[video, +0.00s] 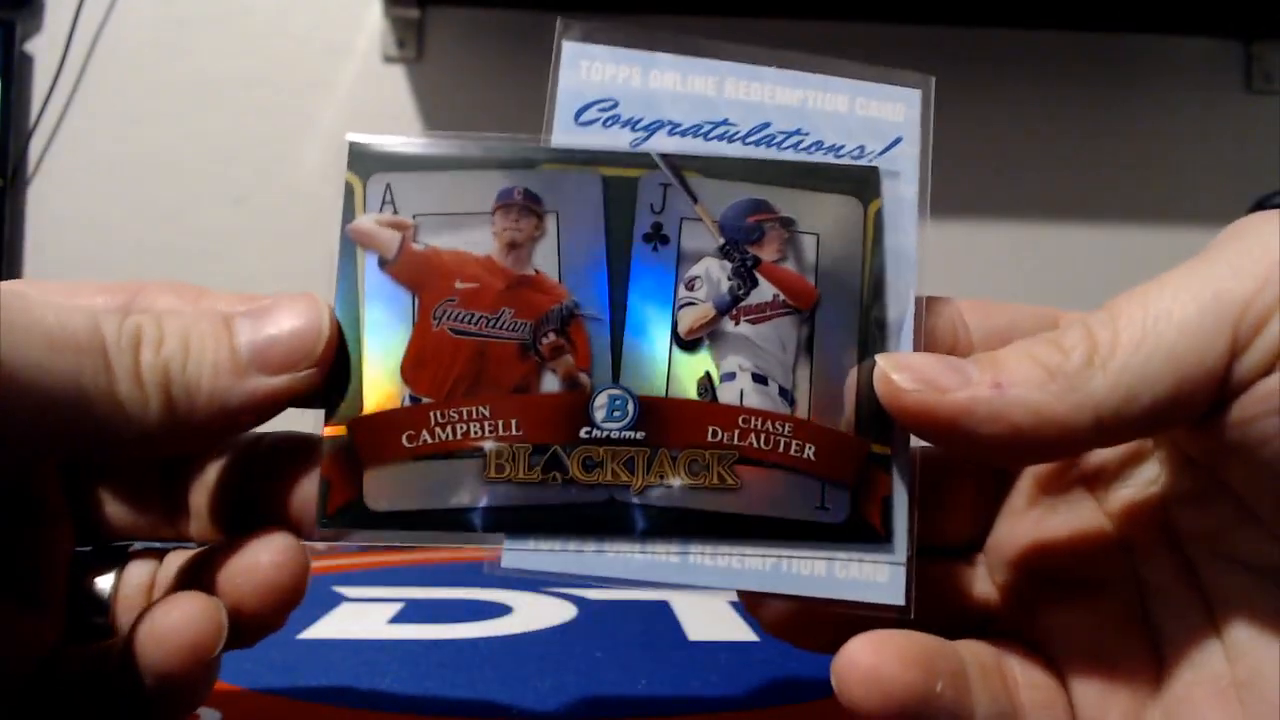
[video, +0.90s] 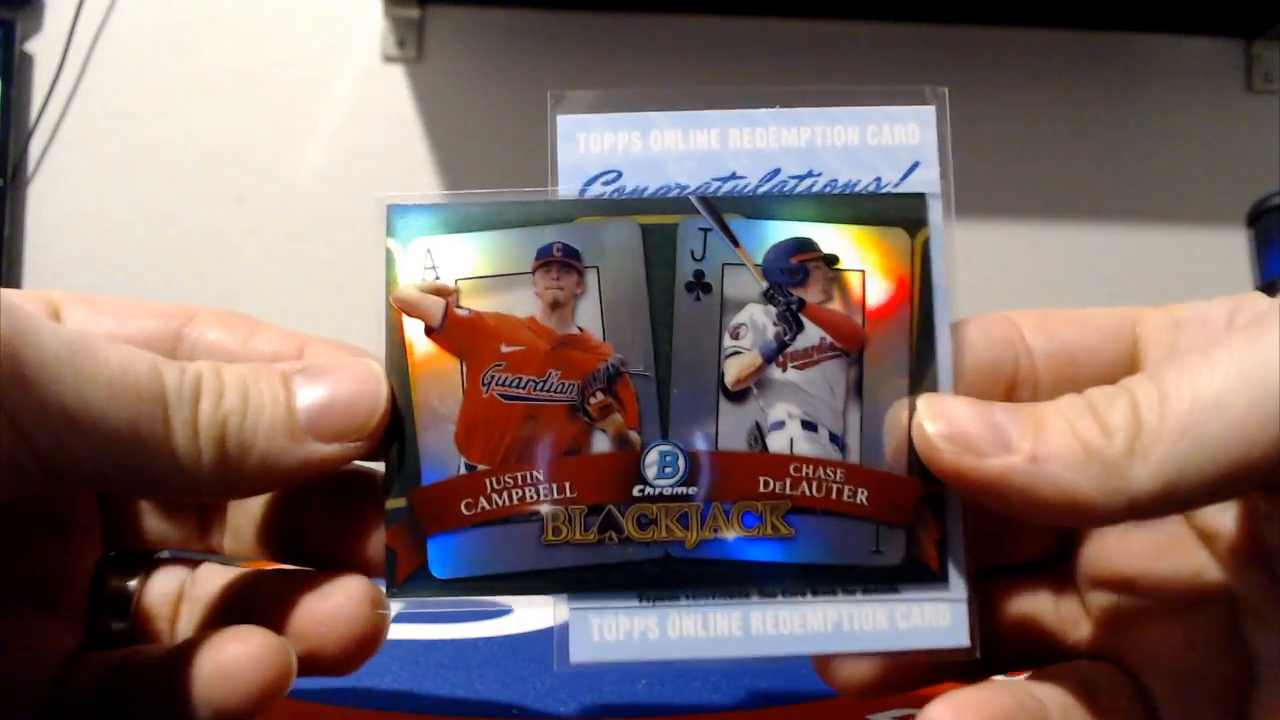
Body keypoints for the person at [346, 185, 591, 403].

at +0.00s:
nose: (513, 219)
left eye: (524, 213)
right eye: (506, 213)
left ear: (539, 228)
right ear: (493, 224)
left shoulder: (554, 299)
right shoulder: (445, 265)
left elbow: (582, 389)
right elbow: (358, 229)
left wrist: (564, 366)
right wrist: (398, 223)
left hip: (507, 429)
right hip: (429, 420)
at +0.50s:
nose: (522, 234)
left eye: (532, 230)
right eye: (514, 228)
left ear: (547, 245)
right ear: (500, 242)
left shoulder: (565, 317)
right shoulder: (456, 287)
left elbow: (597, 409)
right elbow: (370, 252)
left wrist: (579, 386)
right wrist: (404, 248)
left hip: (523, 450)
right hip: (450, 442)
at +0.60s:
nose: (532, 256)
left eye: (543, 250)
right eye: (524, 250)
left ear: (558, 265)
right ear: (511, 263)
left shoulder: (578, 335)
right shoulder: (469, 310)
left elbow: (612, 427)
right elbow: (382, 278)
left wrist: (593, 404)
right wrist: (413, 274)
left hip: (543, 471)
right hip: (468, 466)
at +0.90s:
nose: (554, 276)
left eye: (565, 270)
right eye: (546, 269)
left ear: (580, 285)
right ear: (534, 283)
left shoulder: (601, 357)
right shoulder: (491, 329)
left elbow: (634, 450)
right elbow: (403, 297)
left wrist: (616, 427)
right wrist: (437, 292)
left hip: (562, 495)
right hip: (485, 488)